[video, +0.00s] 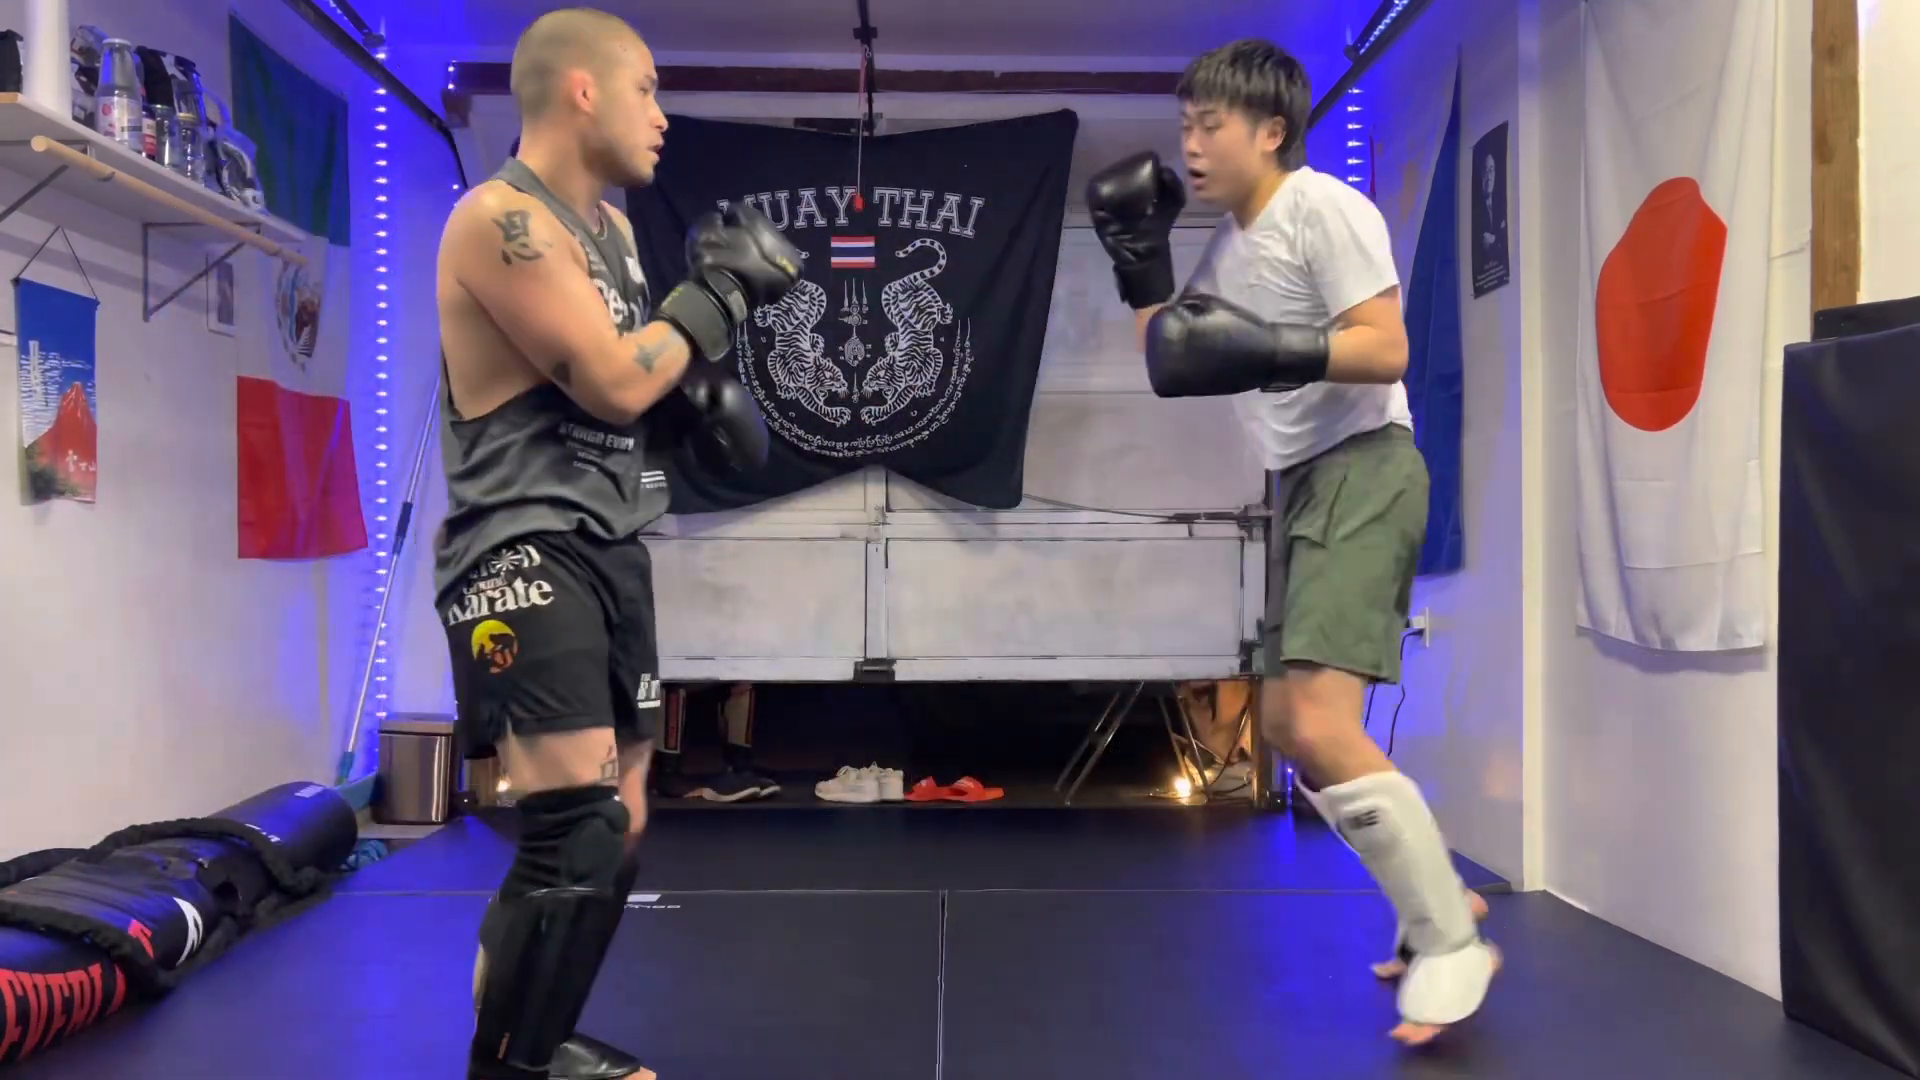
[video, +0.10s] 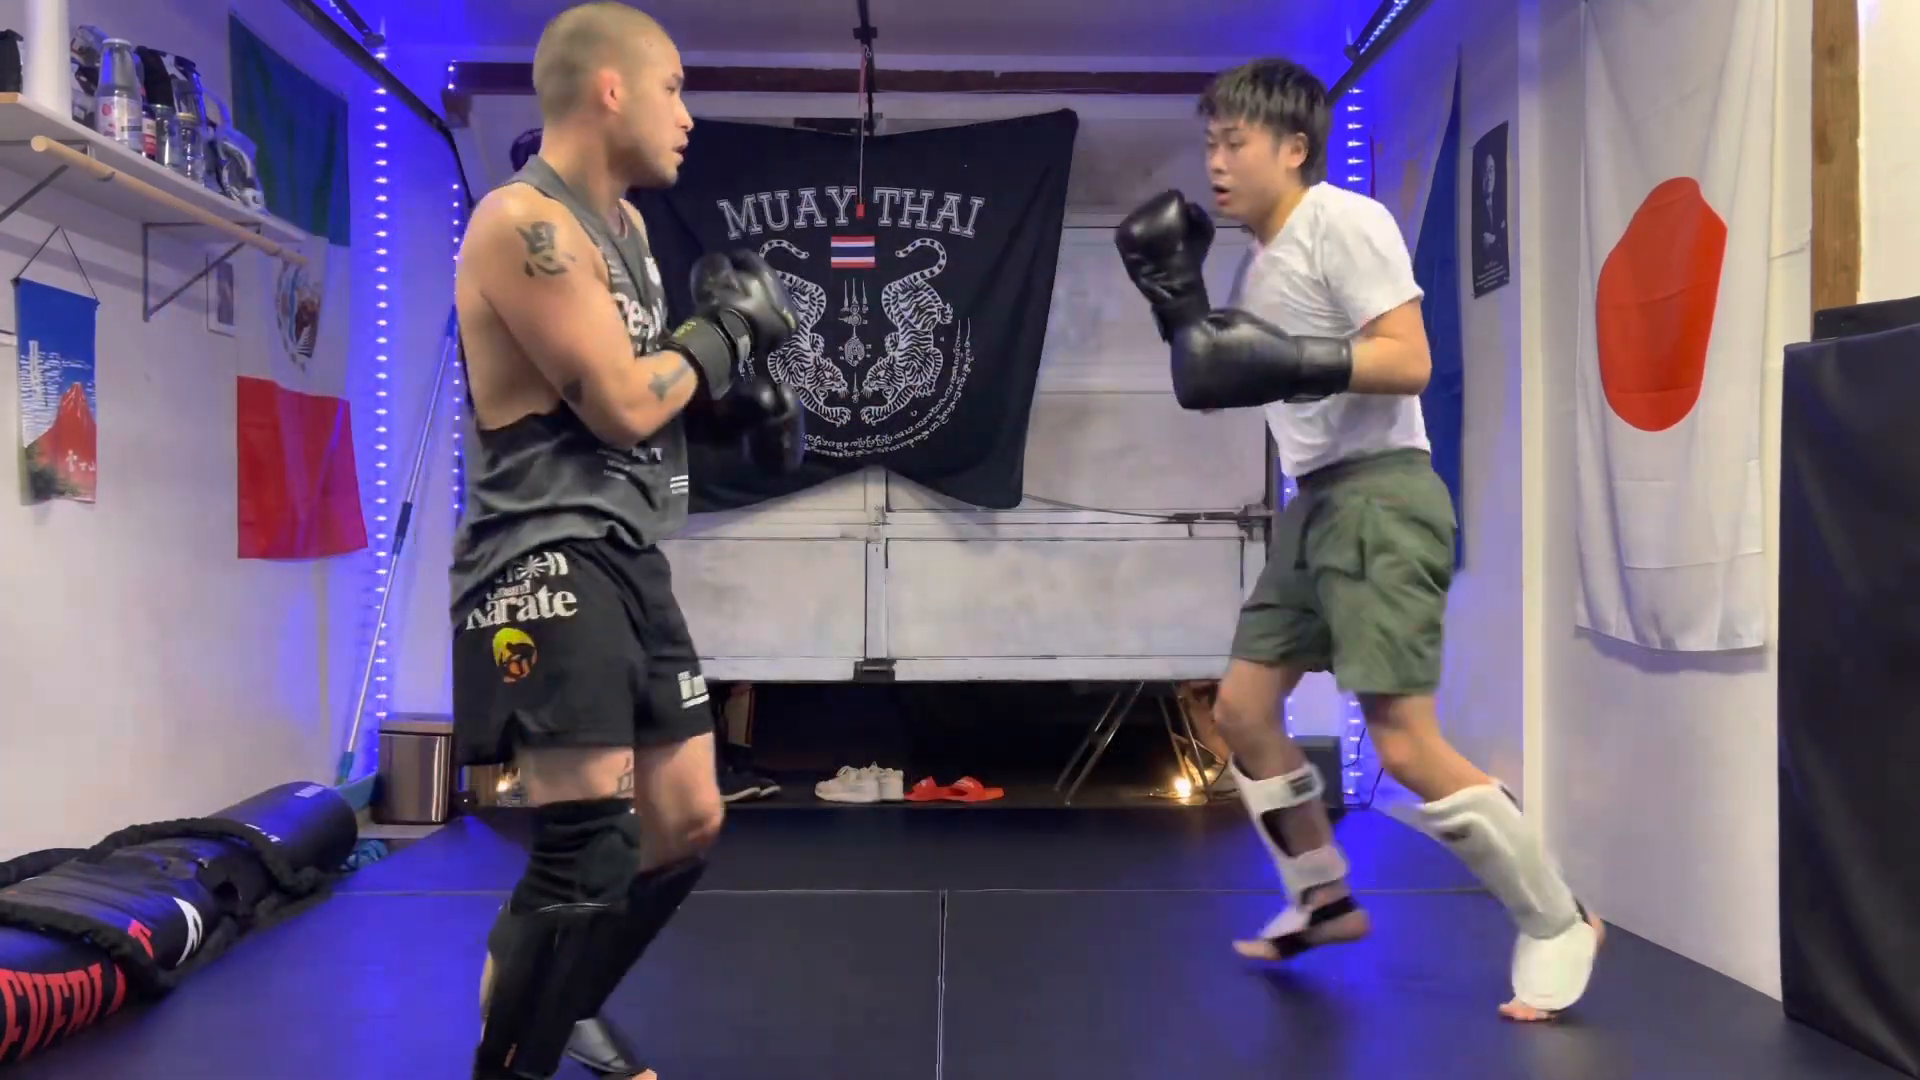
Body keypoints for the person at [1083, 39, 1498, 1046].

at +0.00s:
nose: (1189, 142)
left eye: (1209, 123)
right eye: (1186, 123)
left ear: (1270, 133)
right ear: (1200, 137)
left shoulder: (1326, 209)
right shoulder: (1226, 254)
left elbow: (1387, 347)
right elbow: (1174, 357)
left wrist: (1259, 352)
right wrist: (1143, 260)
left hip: (1364, 469)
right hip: (1299, 484)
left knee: (1319, 718)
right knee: (1284, 724)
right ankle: (1436, 896)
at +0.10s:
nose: (1213, 164)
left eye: (1231, 143)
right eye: (1208, 146)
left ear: (1294, 149)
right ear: (1221, 155)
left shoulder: (1345, 220)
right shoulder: (1263, 269)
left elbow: (1409, 362)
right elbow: (1225, 376)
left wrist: (1284, 363)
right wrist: (1180, 293)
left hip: (1382, 498)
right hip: (1313, 508)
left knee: (1406, 743)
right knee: (1242, 707)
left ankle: (1557, 925)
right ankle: (1322, 899)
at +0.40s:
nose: (1192, 177)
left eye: (1211, 159)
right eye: (1187, 161)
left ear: (1265, 165)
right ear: (1187, 173)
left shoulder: (1321, 237)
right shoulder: (1206, 266)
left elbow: (1368, 372)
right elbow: (1157, 377)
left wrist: (1274, 333)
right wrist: (1138, 280)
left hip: (1325, 499)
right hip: (1236, 504)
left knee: (1379, 716)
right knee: (1165, 687)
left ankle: (1505, 912)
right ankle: (1191, 858)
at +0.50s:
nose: (1171, 196)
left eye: (1189, 179)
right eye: (1165, 180)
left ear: (1242, 186)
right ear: (1163, 189)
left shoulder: (1296, 262)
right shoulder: (1177, 286)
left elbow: (1341, 391)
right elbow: (1116, 384)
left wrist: (1249, 361)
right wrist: (1109, 285)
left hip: (1289, 508)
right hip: (1203, 511)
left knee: (1305, 722)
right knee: (1153, 702)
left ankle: (1421, 885)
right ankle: (1162, 846)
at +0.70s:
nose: (1128, 269)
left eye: (1148, 253)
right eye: (1122, 252)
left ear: (1195, 264)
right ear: (1116, 260)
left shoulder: (1242, 341)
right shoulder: (1126, 358)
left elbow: (1291, 462)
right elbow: (1104, 476)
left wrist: (1211, 454)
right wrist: (1077, 390)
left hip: (1237, 566)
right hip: (1157, 568)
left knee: (1190, 761)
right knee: (1114, 752)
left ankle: (1350, 875)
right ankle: (1166, 880)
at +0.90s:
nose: (1157, 253)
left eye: (1178, 237)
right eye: (1149, 236)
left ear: (1221, 252)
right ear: (1135, 248)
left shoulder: (1261, 345)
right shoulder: (1102, 321)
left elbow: (1266, 478)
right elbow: (996, 411)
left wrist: (1199, 433)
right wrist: (1009, 359)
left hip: (1215, 561)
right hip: (1122, 563)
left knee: (1194, 742)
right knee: (1124, 761)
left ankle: (1283, 953)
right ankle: (1166, 873)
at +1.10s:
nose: (1086, 220)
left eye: (1106, 204)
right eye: (1077, 209)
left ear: (1156, 219)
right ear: (1068, 228)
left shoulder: (1204, 302)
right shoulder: (1066, 315)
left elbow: (1211, 417)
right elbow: (990, 395)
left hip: (1208, 544)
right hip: (1115, 551)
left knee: (1218, 736)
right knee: (1052, 760)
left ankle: (1287, 959)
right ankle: (1123, 866)